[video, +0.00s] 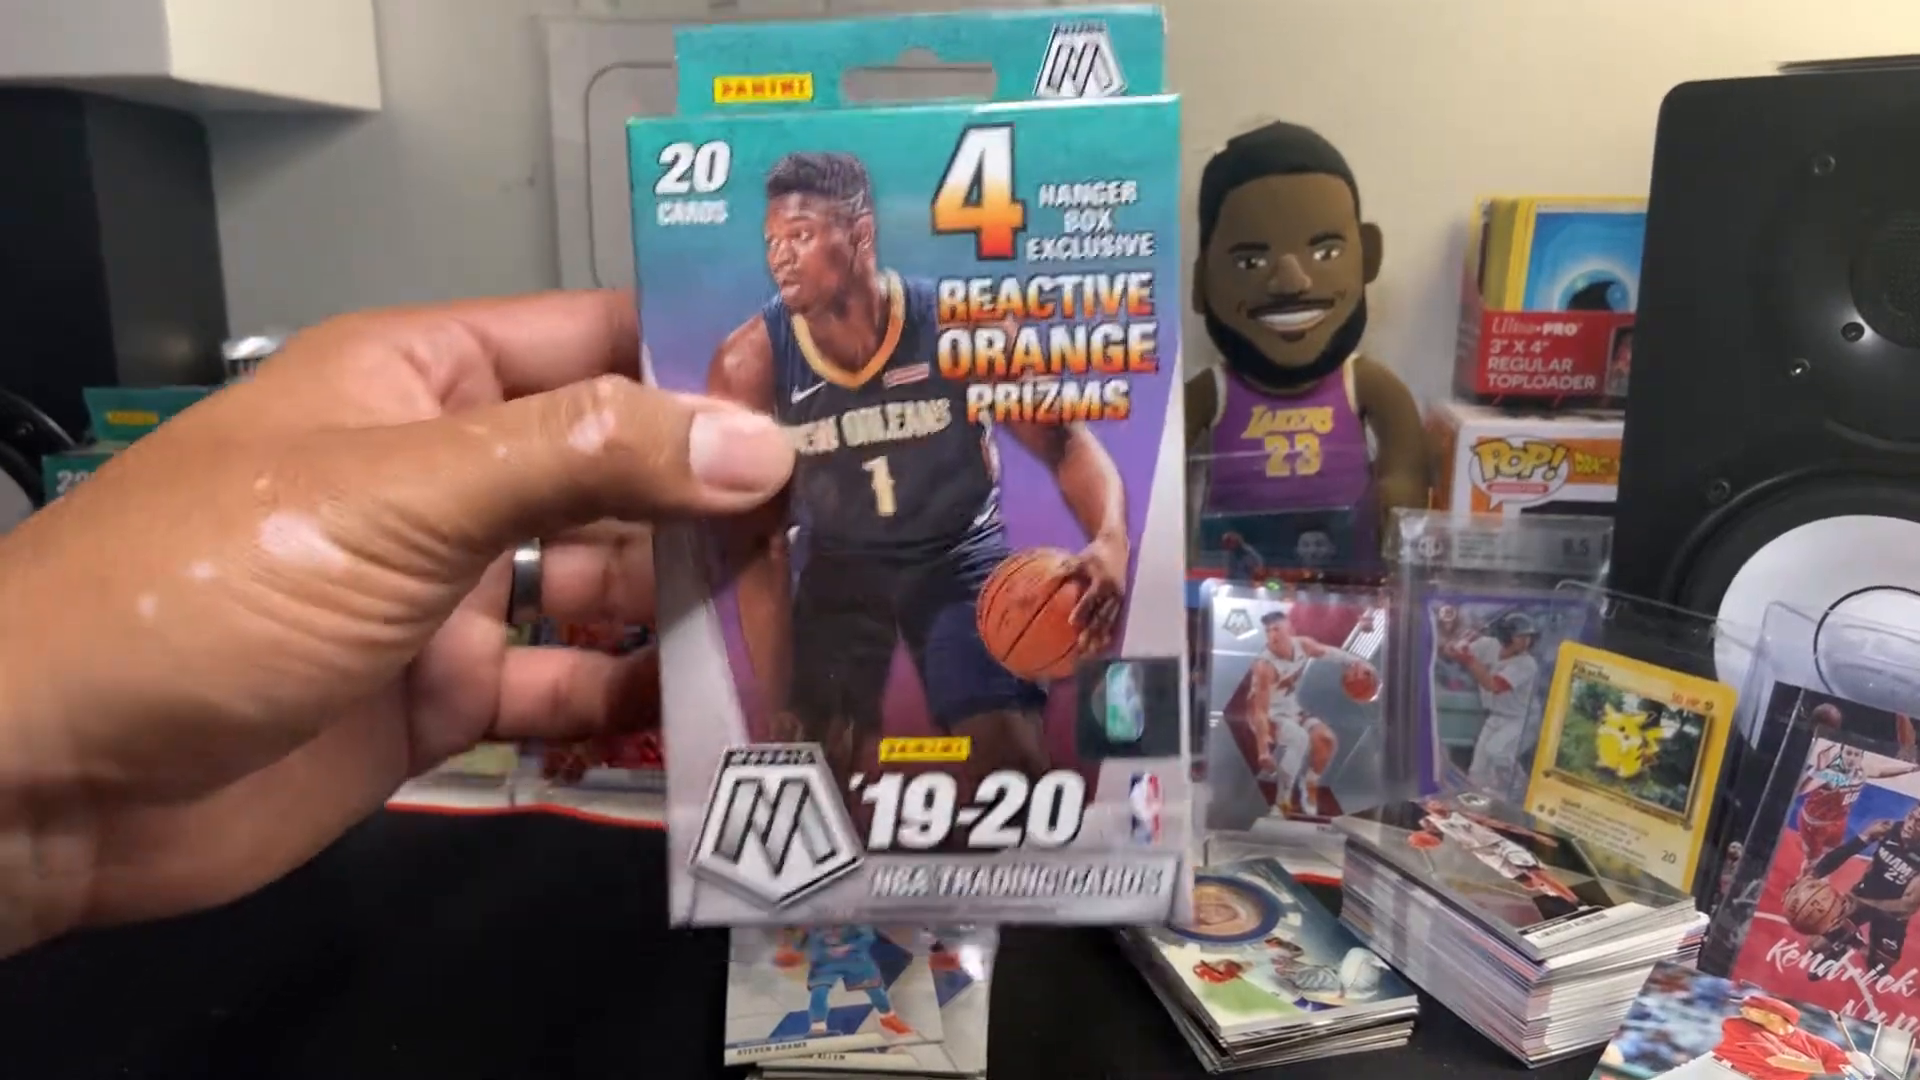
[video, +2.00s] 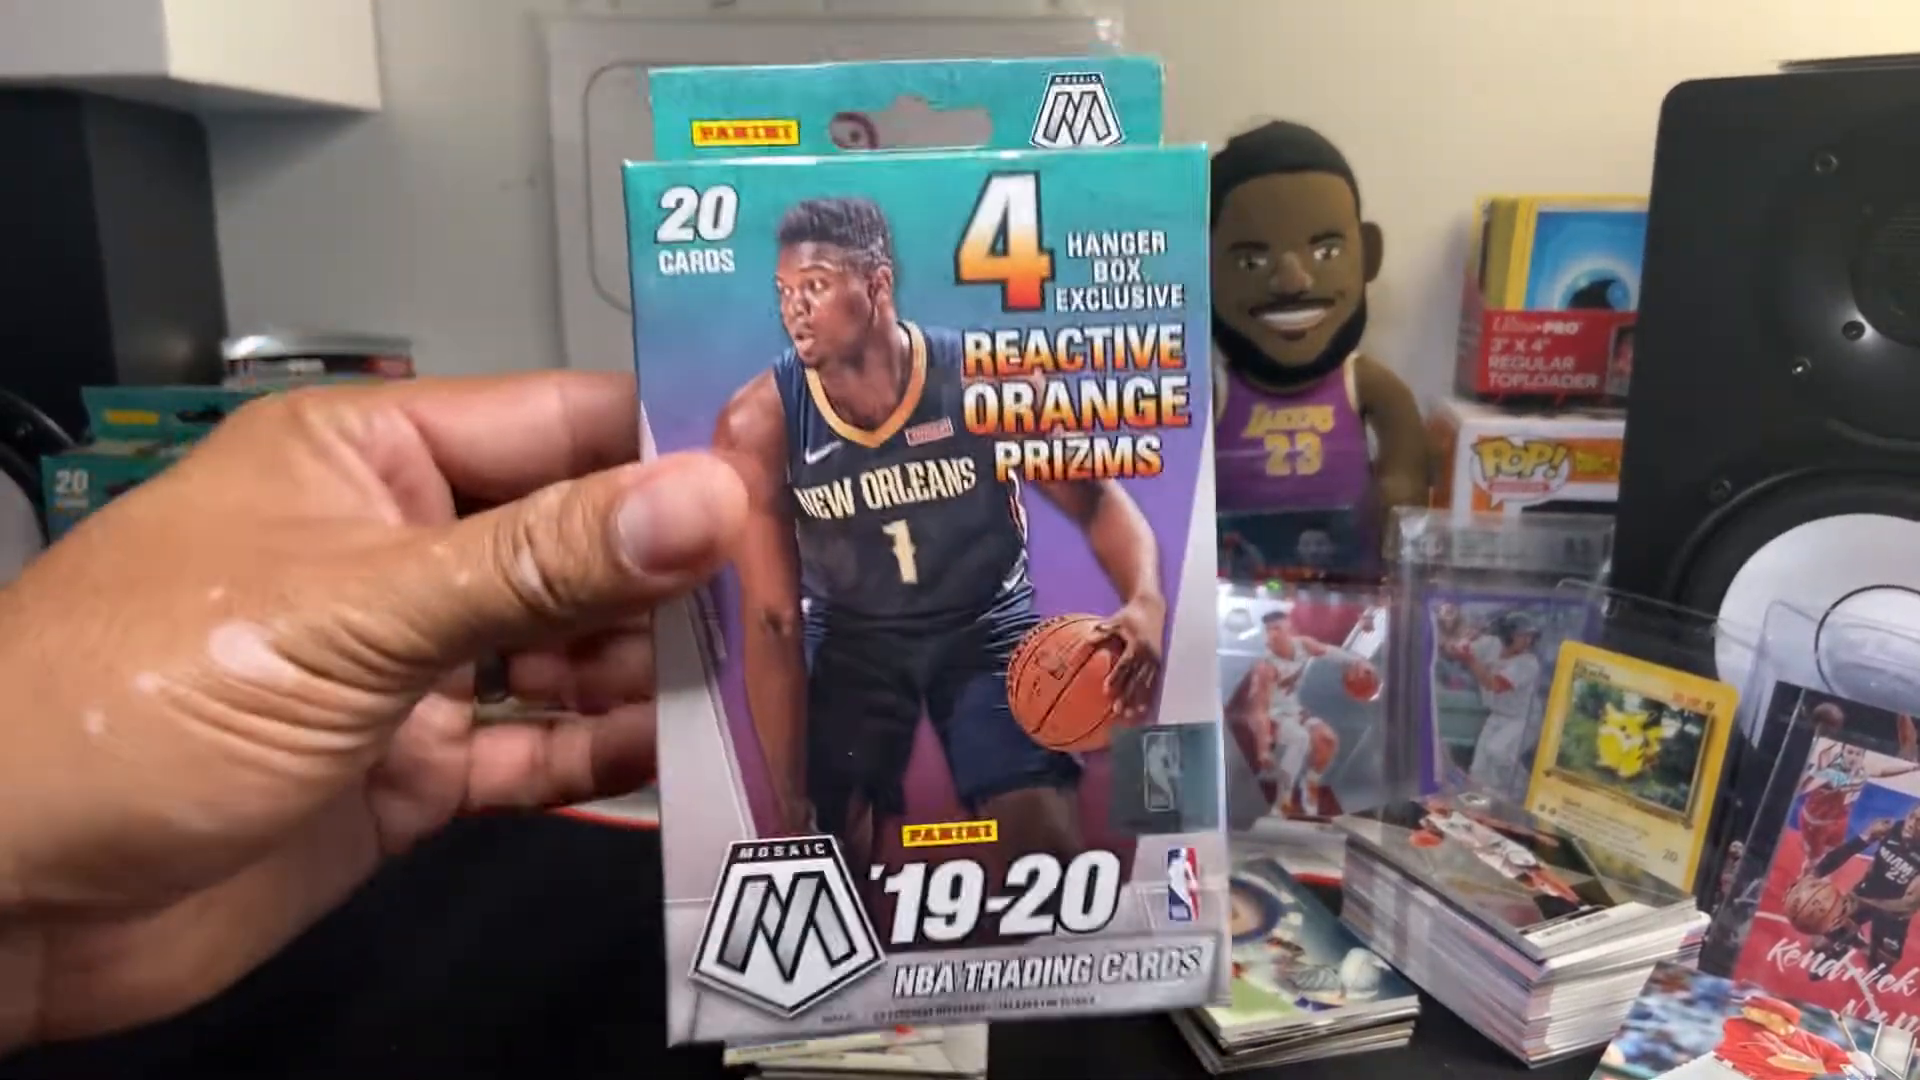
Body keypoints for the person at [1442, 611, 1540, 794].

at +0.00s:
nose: (1527, 642)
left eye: (1529, 637)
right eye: (1522, 637)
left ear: (1531, 639)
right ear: (1509, 637)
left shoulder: (1527, 664)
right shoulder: (1490, 646)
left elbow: (1495, 685)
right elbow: (1458, 651)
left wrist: (1470, 661)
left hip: (1520, 722)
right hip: (1495, 719)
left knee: (1495, 750)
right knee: (1478, 768)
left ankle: (1520, 789)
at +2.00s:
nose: (1528, 641)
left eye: (1530, 637)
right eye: (1523, 635)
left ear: (1533, 639)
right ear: (1510, 635)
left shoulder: (1529, 663)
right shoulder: (1491, 645)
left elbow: (1496, 685)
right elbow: (1458, 650)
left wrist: (1471, 659)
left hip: (1518, 722)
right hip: (1495, 717)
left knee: (1497, 752)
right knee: (1482, 754)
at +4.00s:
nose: (1526, 640)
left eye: (1528, 636)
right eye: (1521, 635)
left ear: (1529, 638)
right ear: (1508, 634)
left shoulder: (1526, 662)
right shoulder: (1489, 645)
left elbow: (1495, 684)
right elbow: (1453, 649)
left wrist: (1468, 660)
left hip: (1521, 720)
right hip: (1494, 717)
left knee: (1494, 749)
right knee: (1477, 766)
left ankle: (1520, 789)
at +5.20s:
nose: (1528, 641)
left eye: (1531, 637)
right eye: (1524, 635)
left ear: (1534, 640)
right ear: (1514, 635)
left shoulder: (1530, 663)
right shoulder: (1492, 647)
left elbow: (1501, 685)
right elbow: (1462, 652)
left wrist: (1475, 664)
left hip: (1520, 721)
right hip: (1497, 718)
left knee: (1498, 752)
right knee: (1482, 761)